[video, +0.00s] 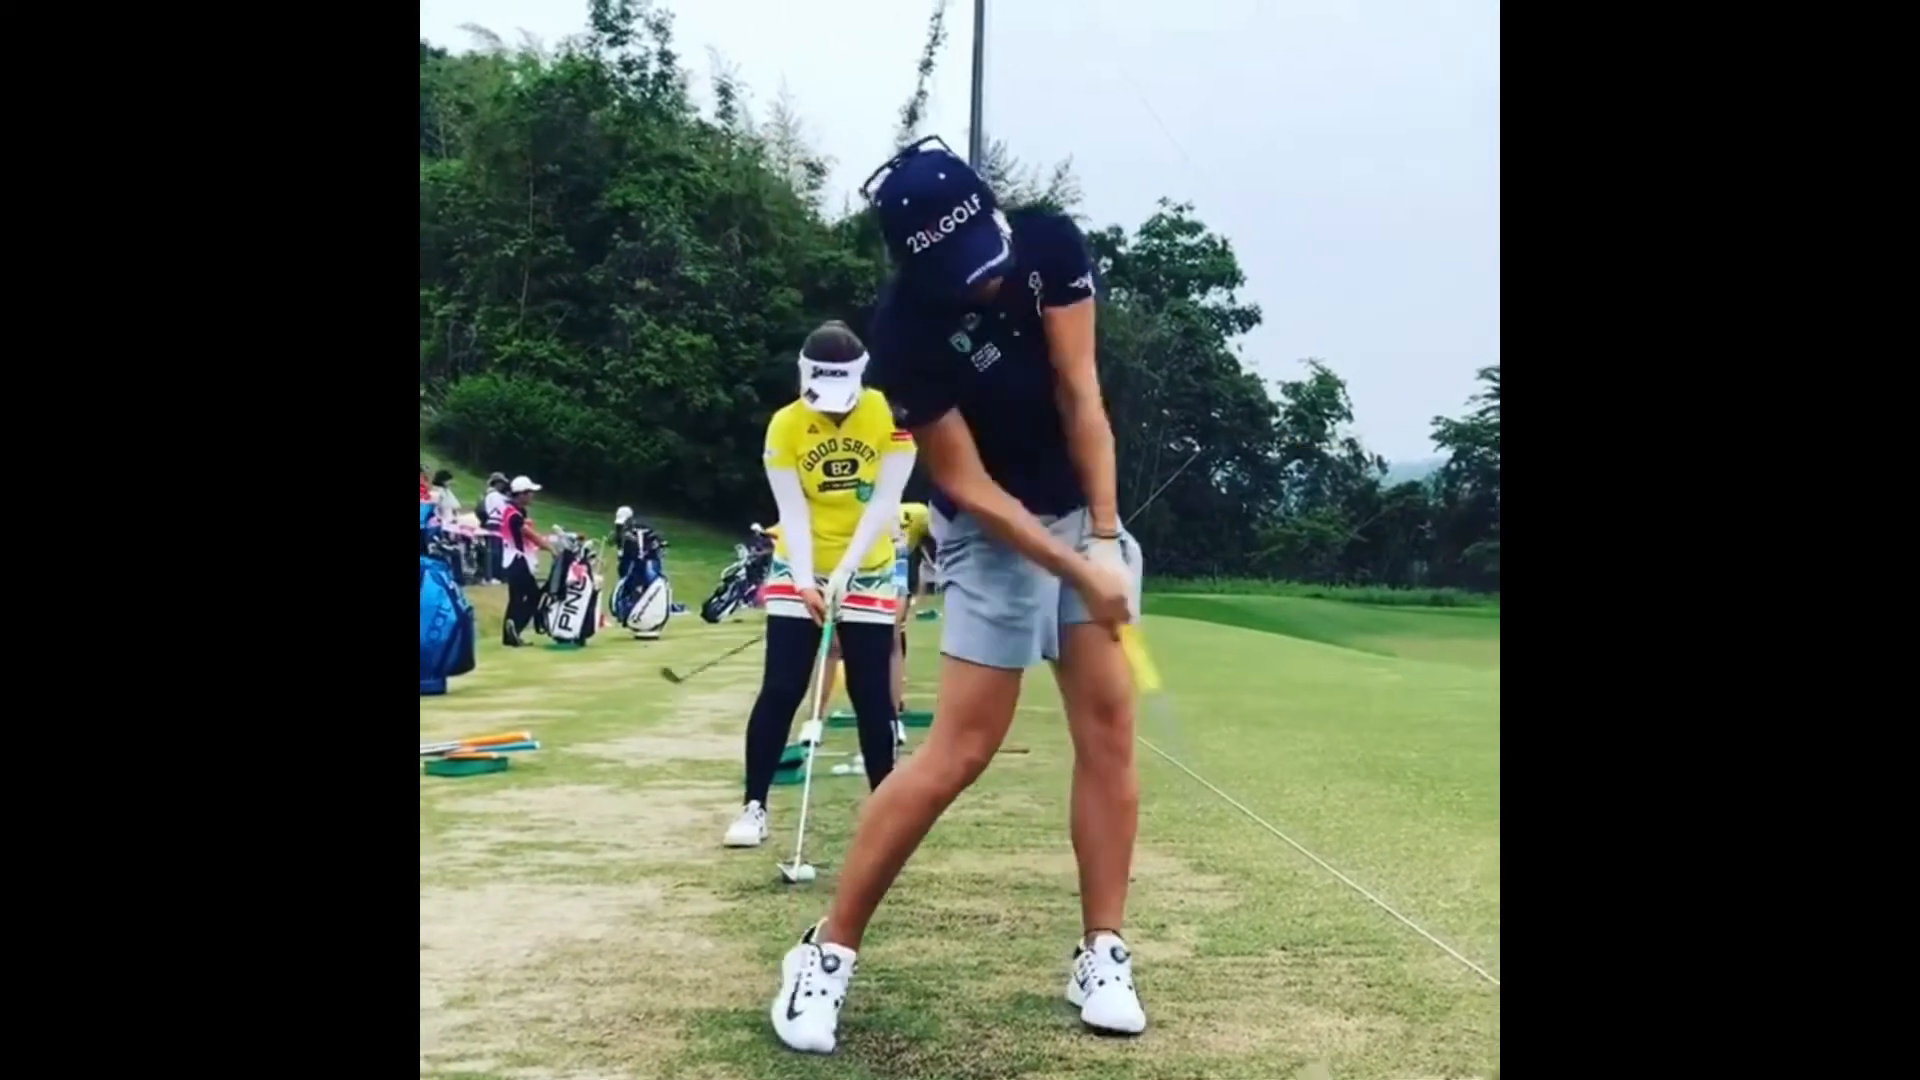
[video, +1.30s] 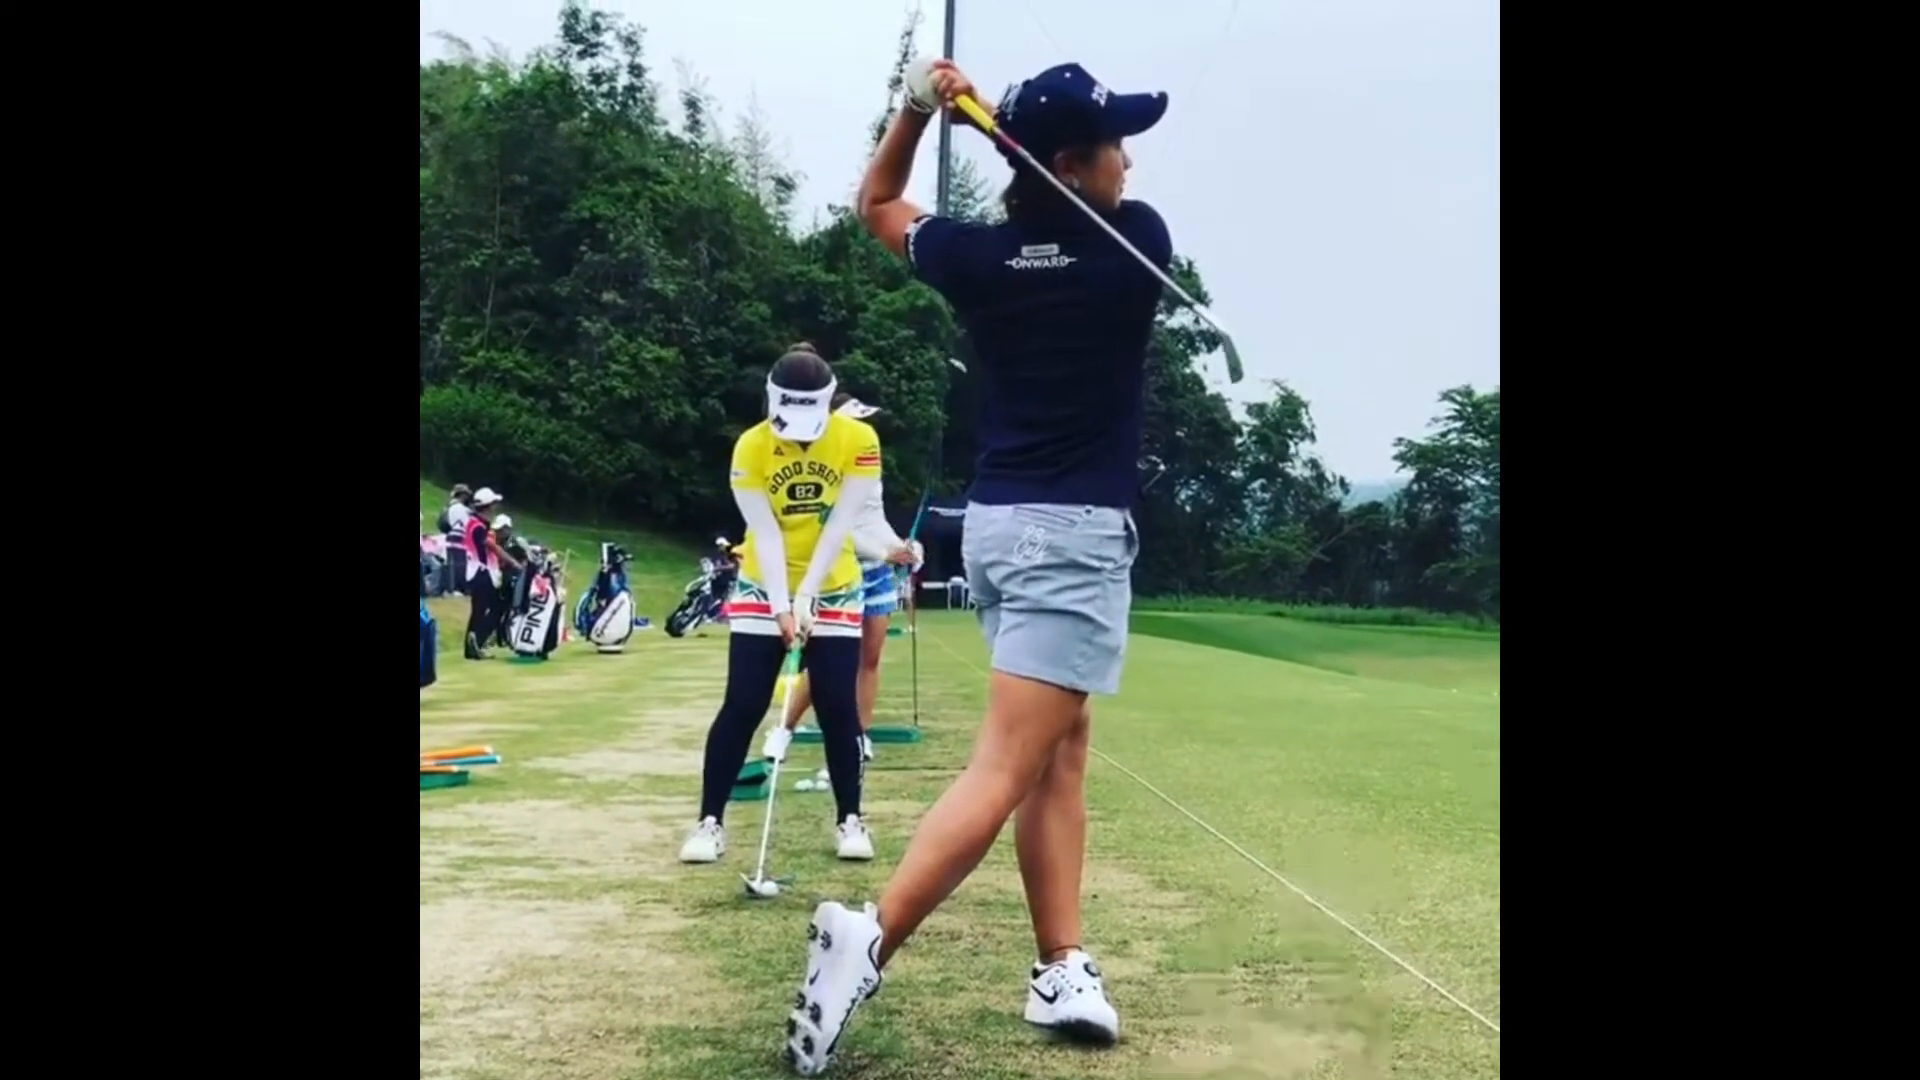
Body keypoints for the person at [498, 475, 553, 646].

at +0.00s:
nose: (532, 497)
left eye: (532, 493)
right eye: (529, 493)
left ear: (520, 495)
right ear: (520, 495)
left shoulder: (513, 512)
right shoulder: (514, 516)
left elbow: (530, 534)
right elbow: (531, 536)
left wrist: (548, 541)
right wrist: (550, 547)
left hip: (514, 556)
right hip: (517, 559)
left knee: (516, 596)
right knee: (534, 593)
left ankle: (509, 635)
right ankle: (516, 625)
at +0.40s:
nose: (511, 499)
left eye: (510, 495)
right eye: (508, 495)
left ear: (496, 496)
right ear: (501, 497)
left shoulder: (488, 513)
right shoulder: (494, 518)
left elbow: (507, 536)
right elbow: (511, 539)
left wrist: (526, 544)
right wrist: (529, 550)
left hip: (490, 558)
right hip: (496, 561)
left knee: (494, 599)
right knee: (512, 597)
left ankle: (487, 636)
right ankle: (494, 629)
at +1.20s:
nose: (495, 507)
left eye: (495, 504)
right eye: (493, 504)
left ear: (479, 505)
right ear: (486, 505)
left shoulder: (474, 522)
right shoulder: (479, 527)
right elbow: (496, 548)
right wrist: (516, 563)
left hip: (475, 567)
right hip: (481, 570)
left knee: (479, 607)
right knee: (497, 603)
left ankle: (472, 645)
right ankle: (478, 636)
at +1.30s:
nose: (495, 508)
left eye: (495, 505)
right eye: (493, 505)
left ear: (479, 506)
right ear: (486, 507)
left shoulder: (472, 523)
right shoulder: (479, 527)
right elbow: (495, 549)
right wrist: (515, 564)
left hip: (475, 568)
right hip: (483, 571)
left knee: (479, 608)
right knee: (497, 606)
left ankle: (472, 644)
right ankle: (478, 638)